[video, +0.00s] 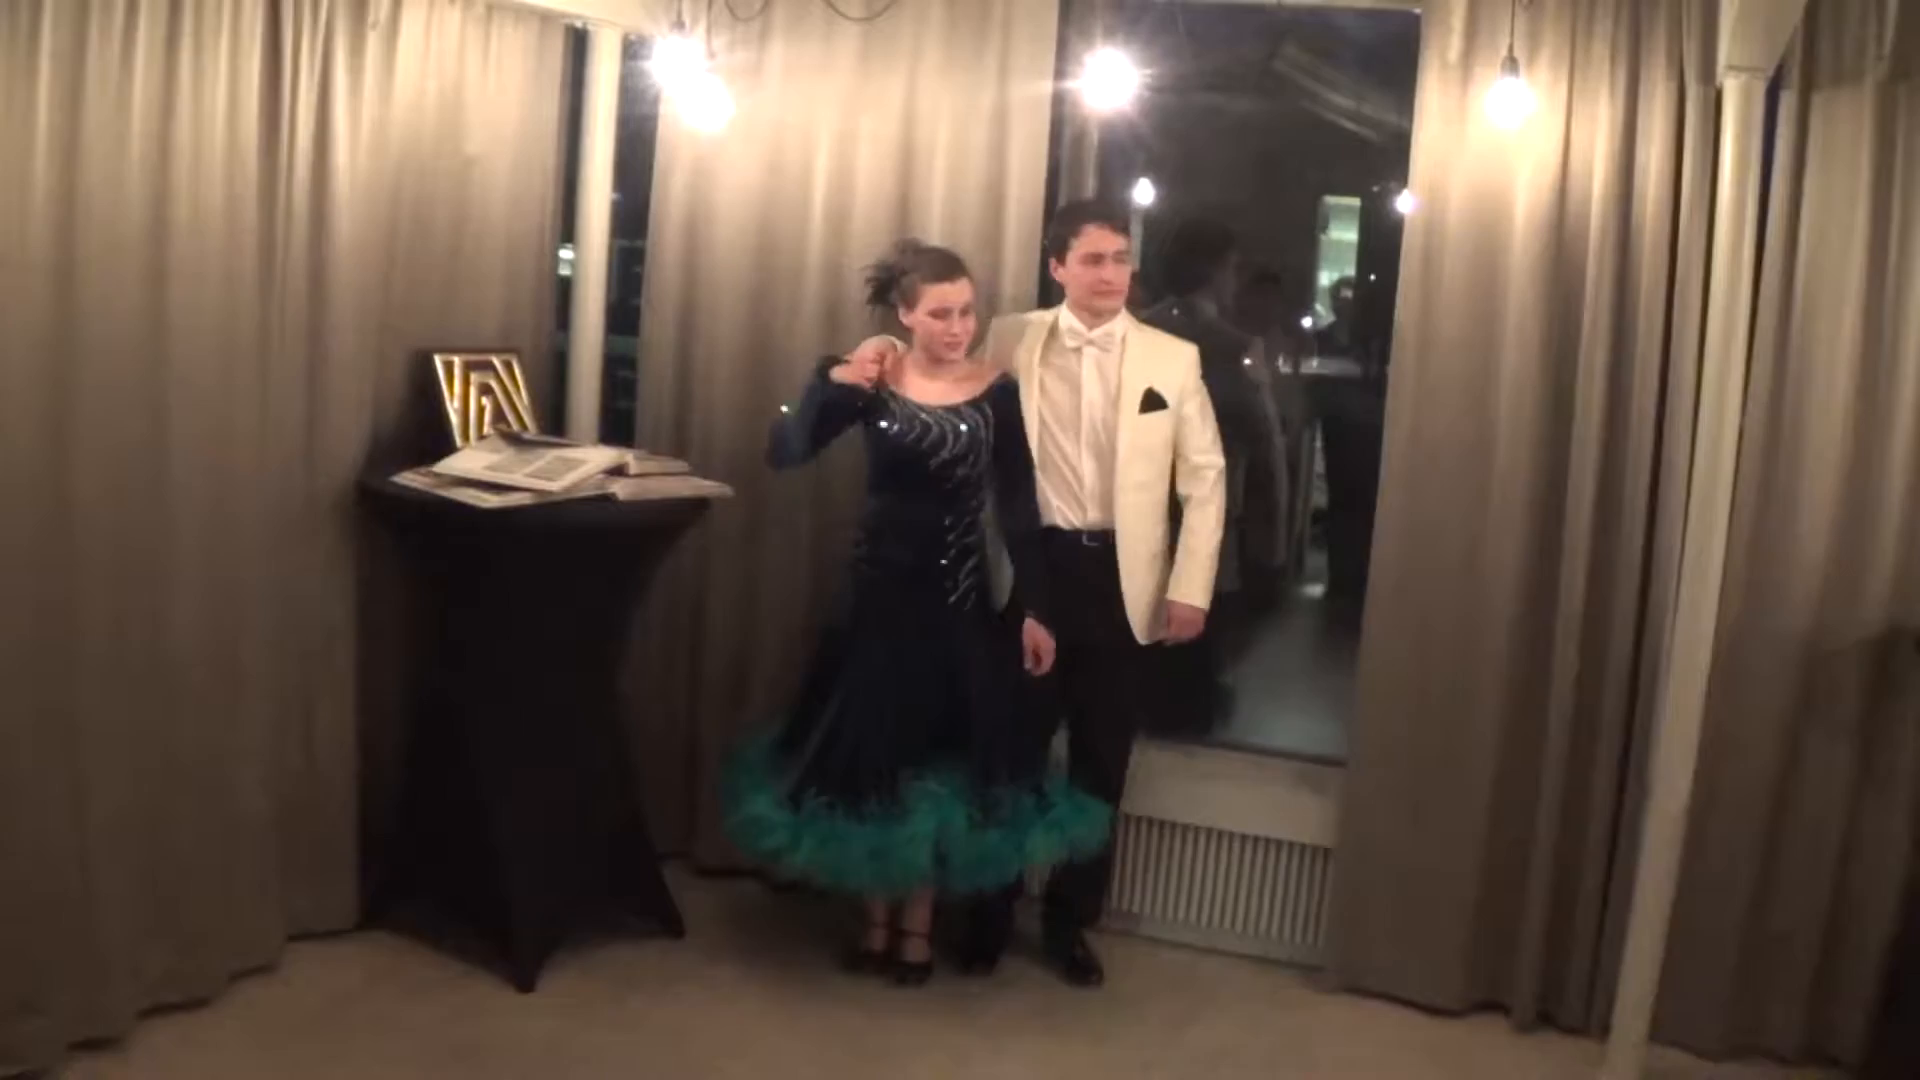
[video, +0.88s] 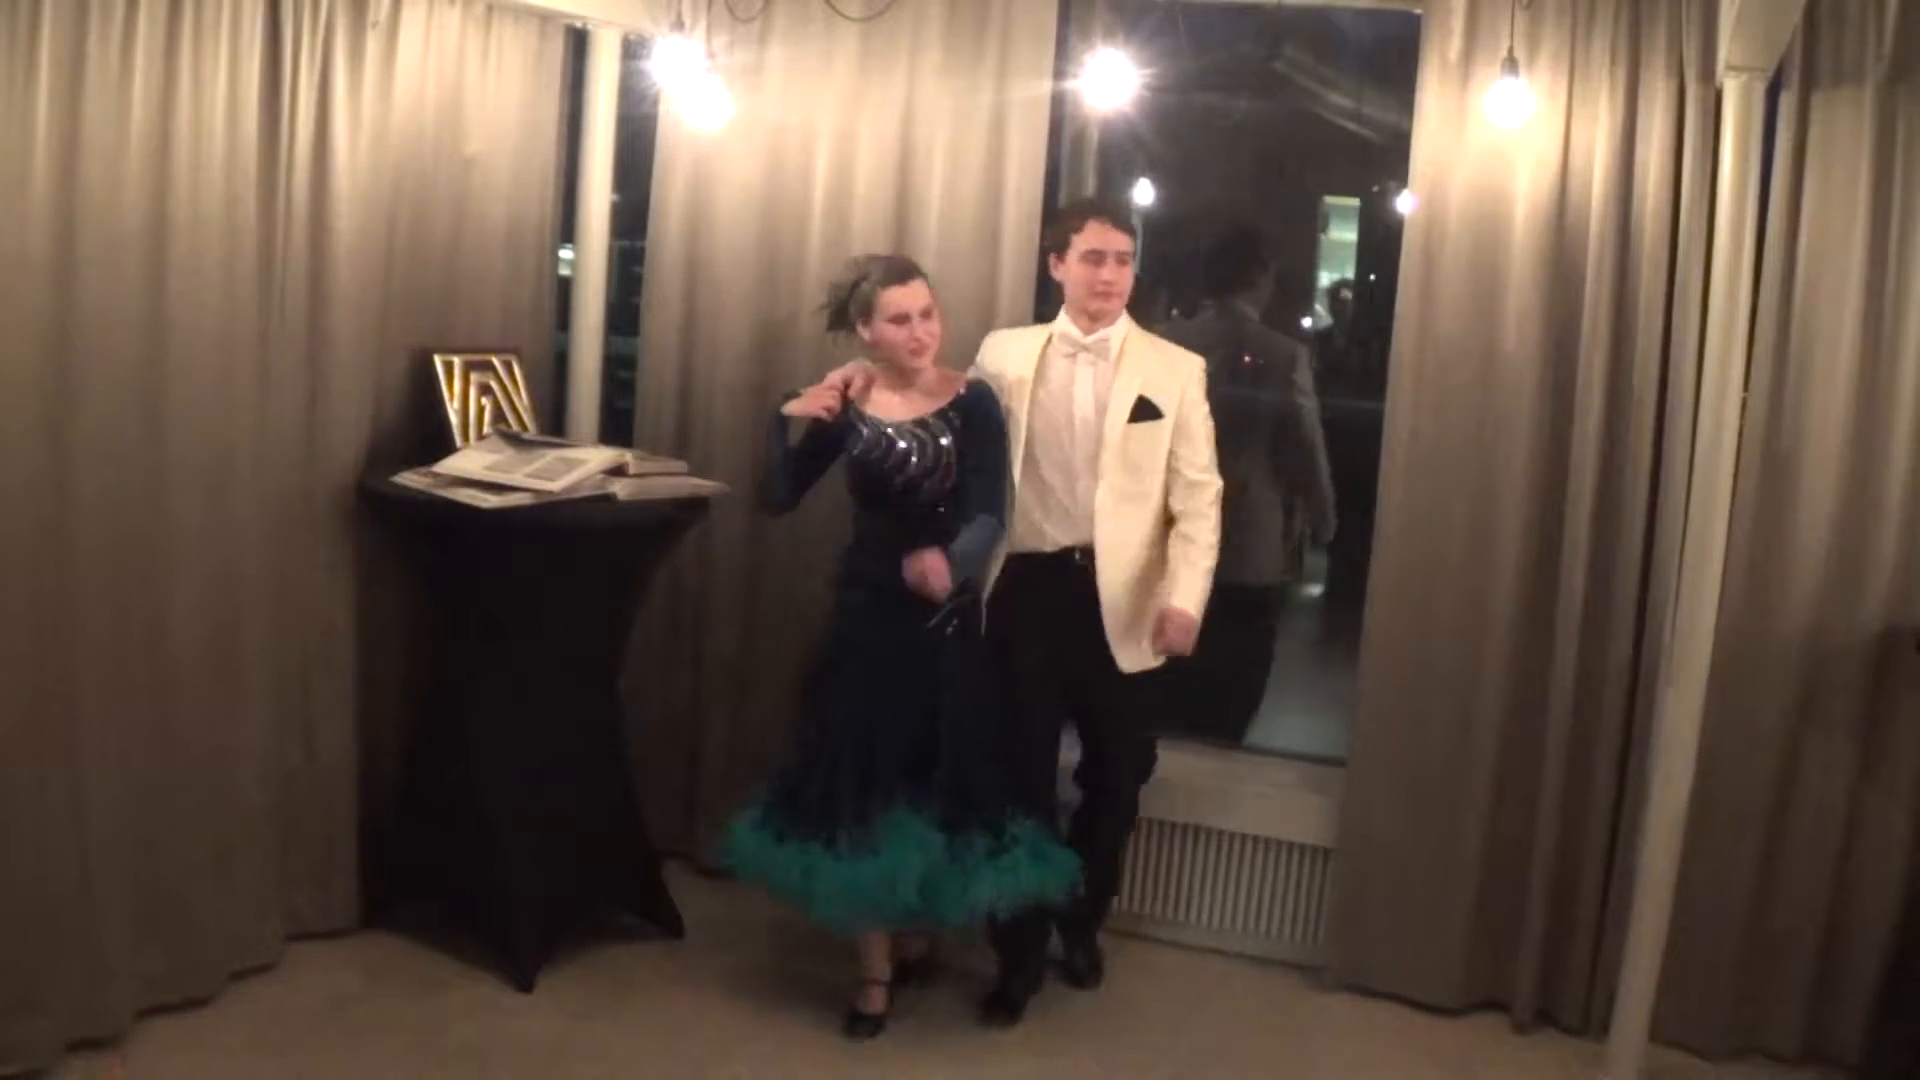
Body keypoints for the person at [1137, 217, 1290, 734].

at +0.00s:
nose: (1236, 281)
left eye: (1235, 269)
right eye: (1232, 269)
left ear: (1166, 266)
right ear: (1217, 273)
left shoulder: (1134, 332)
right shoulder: (1228, 347)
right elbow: (1263, 450)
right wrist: (1269, 548)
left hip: (1137, 499)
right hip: (1205, 508)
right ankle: (1193, 698)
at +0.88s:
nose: (1270, 284)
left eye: (1265, 276)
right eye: (1268, 276)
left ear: (1208, 277)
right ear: (1262, 282)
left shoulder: (1169, 343)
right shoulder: (1284, 356)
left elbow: (1144, 434)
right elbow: (1305, 448)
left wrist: (1142, 500)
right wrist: (1323, 519)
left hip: (1174, 513)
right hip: (1253, 522)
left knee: (1170, 627)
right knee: (1247, 640)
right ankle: (1217, 754)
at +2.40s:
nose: (1347, 301)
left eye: (1345, 291)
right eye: (1345, 292)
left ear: (1293, 289)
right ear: (1335, 295)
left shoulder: (1245, 350)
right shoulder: (1357, 365)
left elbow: (1208, 419)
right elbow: (1370, 452)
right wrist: (1371, 509)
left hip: (1240, 522)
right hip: (1319, 536)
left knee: (1233, 651)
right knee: (1296, 663)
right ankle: (1248, 763)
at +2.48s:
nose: (1351, 314)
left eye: (1349, 305)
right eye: (1348, 305)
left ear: (1299, 307)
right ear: (1336, 308)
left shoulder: (1247, 362)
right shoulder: (1354, 381)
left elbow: (1198, 416)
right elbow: (1363, 479)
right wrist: (1364, 554)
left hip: (1233, 543)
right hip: (1311, 555)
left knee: (1225, 674)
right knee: (1320, 668)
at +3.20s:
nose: (1385, 298)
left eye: (1384, 287)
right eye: (1380, 287)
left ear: (1327, 282)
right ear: (1365, 287)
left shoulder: (1280, 327)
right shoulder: (1376, 348)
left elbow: (1233, 378)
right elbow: (1387, 430)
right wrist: (1385, 503)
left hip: (1263, 490)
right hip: (1336, 499)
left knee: (1269, 622)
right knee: (1331, 636)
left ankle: (1268, 738)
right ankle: (1279, 736)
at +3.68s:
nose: (1394, 323)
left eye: (1395, 311)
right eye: (1392, 312)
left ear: (1342, 296)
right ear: (1379, 309)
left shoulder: (1304, 341)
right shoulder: (1349, 377)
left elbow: (1266, 380)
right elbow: (1361, 467)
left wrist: (1301, 415)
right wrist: (1393, 511)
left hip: (1287, 509)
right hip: (1334, 526)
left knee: (1280, 626)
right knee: (1335, 638)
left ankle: (1266, 733)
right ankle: (1328, 737)